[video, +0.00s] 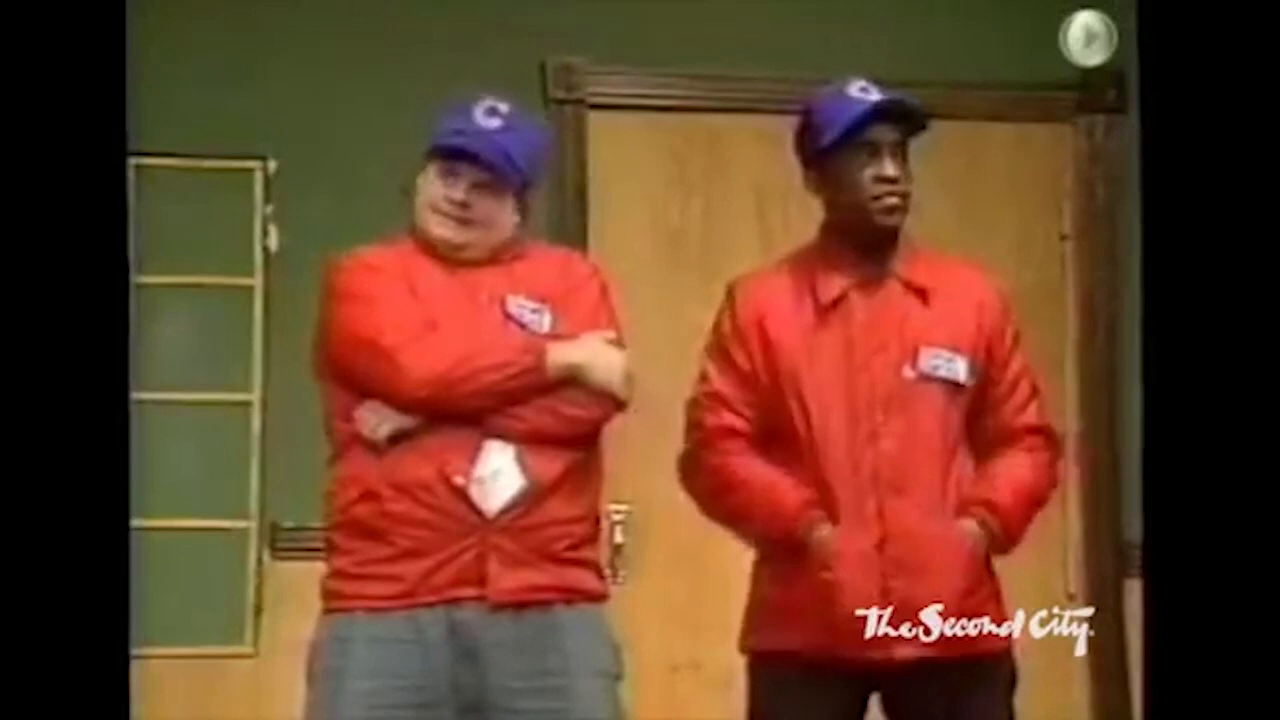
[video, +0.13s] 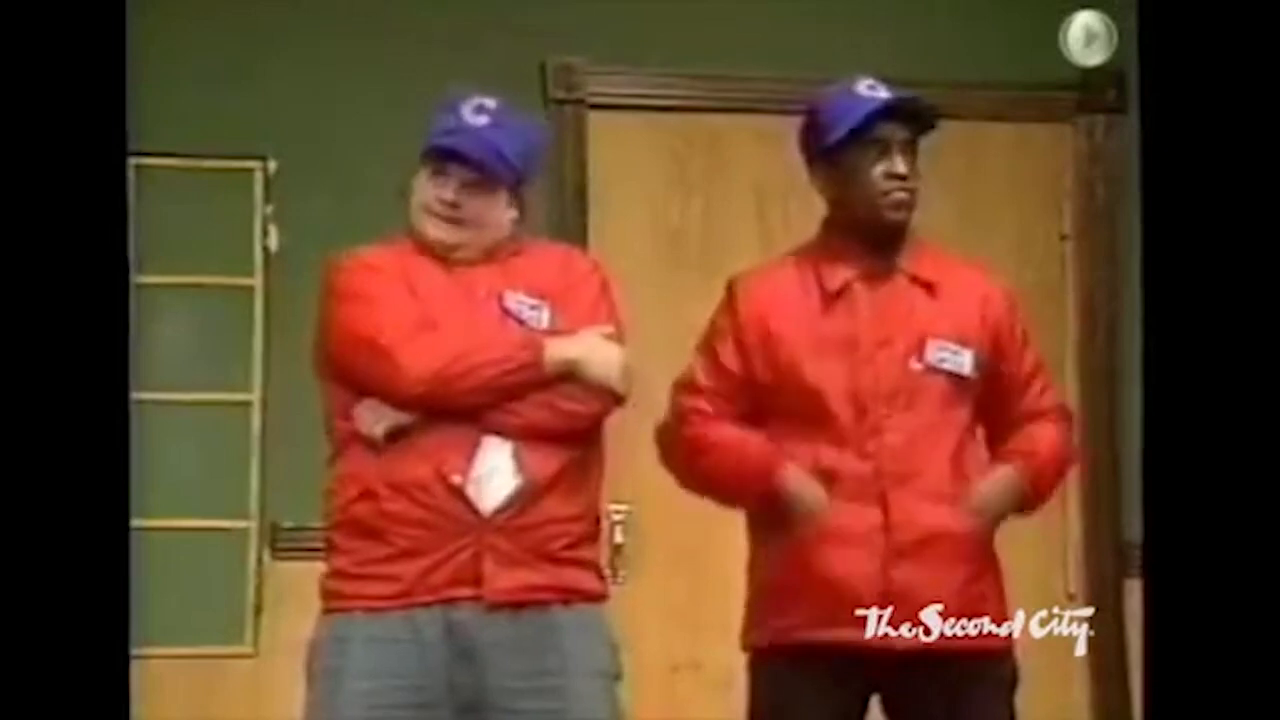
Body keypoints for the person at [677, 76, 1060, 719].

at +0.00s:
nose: (890, 171)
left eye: (899, 153)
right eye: (866, 154)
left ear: (913, 164)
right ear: (818, 174)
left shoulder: (970, 299)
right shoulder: (757, 305)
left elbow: (1027, 441)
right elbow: (710, 452)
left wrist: (981, 525)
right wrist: (807, 528)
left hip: (952, 630)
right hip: (805, 636)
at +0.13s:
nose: (900, 169)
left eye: (908, 151)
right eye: (875, 151)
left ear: (920, 163)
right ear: (825, 171)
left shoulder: (975, 297)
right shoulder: (760, 299)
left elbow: (1044, 425)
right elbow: (686, 429)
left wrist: (1003, 486)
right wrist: (776, 476)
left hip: (953, 630)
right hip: (805, 634)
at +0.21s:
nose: (905, 167)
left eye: (913, 150)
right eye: (881, 149)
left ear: (926, 164)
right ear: (830, 170)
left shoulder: (976, 297)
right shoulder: (762, 295)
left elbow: (1069, 433)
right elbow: (676, 417)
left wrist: (998, 482)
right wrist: (751, 437)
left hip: (955, 630)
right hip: (806, 632)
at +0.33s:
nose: (908, 167)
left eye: (916, 150)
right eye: (885, 149)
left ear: (927, 163)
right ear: (832, 170)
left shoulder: (977, 296)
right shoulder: (763, 294)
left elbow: (1039, 422)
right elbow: (672, 416)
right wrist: (744, 442)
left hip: (956, 628)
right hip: (808, 632)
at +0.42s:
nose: (909, 167)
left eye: (917, 151)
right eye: (886, 150)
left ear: (928, 165)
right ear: (831, 175)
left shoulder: (975, 297)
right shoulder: (762, 294)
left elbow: (1059, 412)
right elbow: (677, 421)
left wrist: (1115, 429)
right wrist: (750, 452)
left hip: (958, 629)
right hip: (808, 632)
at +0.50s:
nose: (910, 168)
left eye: (917, 151)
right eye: (885, 150)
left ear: (928, 165)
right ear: (829, 176)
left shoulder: (975, 299)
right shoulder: (765, 294)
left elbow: (1063, 388)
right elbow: (692, 416)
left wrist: (1124, 427)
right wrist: (770, 455)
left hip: (959, 628)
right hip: (812, 631)